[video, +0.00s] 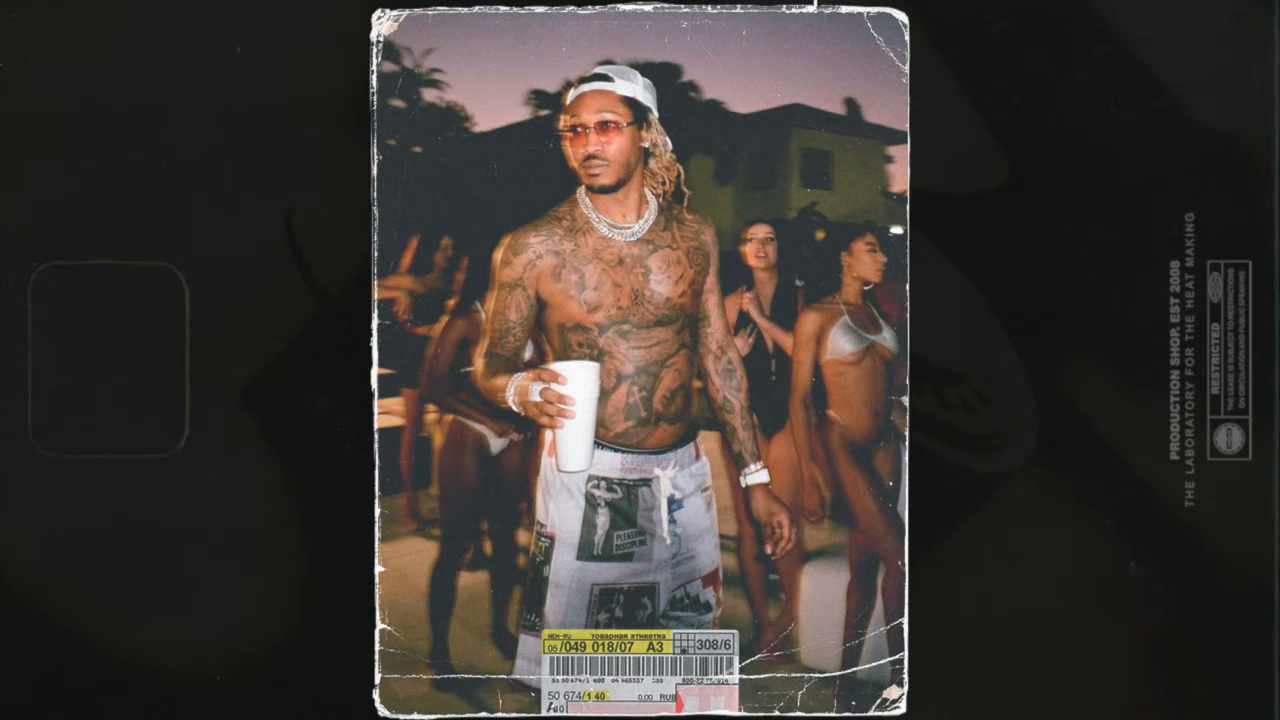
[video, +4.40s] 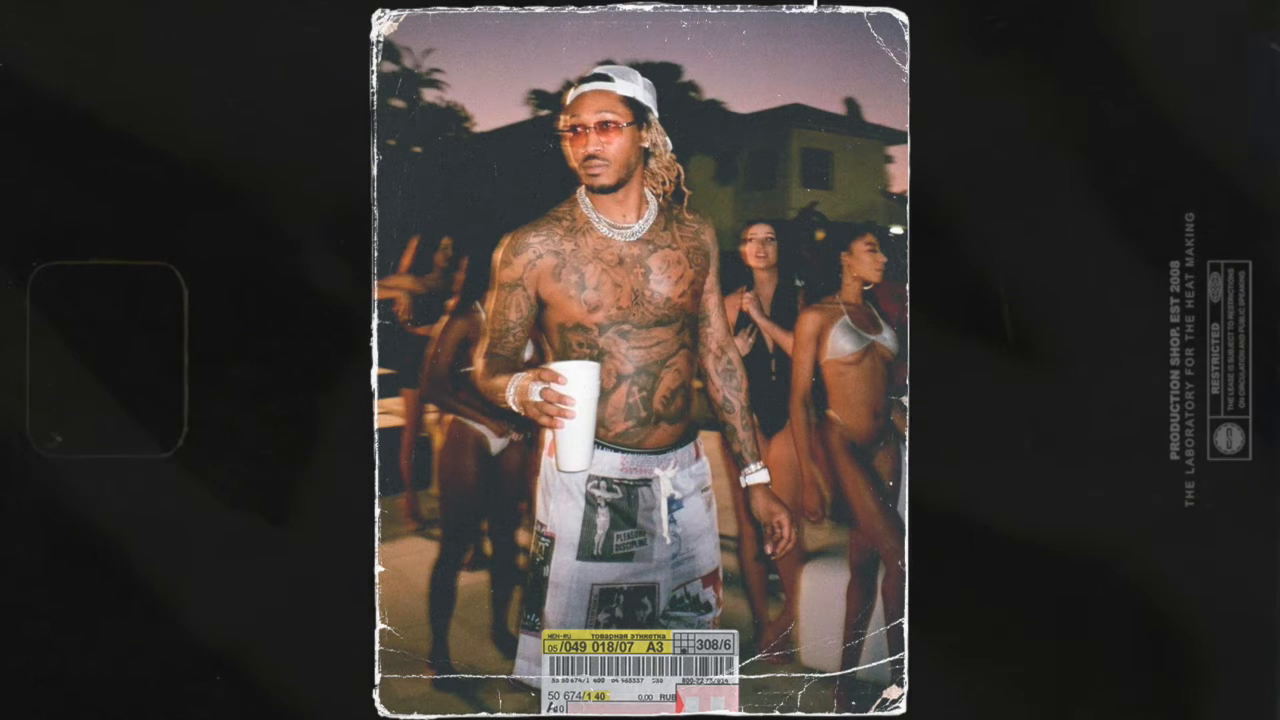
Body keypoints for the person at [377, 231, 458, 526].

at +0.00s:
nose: (445, 255)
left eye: (450, 250)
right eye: (441, 248)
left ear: (455, 255)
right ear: (430, 252)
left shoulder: (455, 282)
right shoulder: (414, 283)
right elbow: (401, 320)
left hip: (446, 352)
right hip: (417, 349)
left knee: (450, 426)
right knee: (413, 427)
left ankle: (452, 496)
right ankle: (410, 500)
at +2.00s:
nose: (446, 255)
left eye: (450, 250)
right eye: (442, 249)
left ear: (454, 255)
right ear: (430, 252)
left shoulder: (454, 282)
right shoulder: (415, 282)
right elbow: (379, 287)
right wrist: (403, 293)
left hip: (445, 353)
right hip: (416, 350)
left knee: (450, 427)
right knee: (413, 428)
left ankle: (451, 499)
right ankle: (410, 503)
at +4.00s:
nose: (445, 254)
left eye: (450, 249)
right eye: (442, 248)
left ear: (455, 254)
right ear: (431, 250)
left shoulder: (455, 278)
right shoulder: (414, 281)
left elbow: (462, 302)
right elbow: (395, 284)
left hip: (445, 347)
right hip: (416, 344)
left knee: (449, 426)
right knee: (413, 427)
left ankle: (452, 499)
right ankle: (411, 503)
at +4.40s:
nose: (446, 254)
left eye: (450, 249)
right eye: (442, 248)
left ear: (455, 253)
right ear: (431, 250)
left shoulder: (456, 277)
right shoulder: (414, 281)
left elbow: (461, 305)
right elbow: (393, 287)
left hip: (445, 349)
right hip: (416, 347)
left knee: (449, 426)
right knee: (413, 427)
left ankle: (451, 499)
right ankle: (411, 501)